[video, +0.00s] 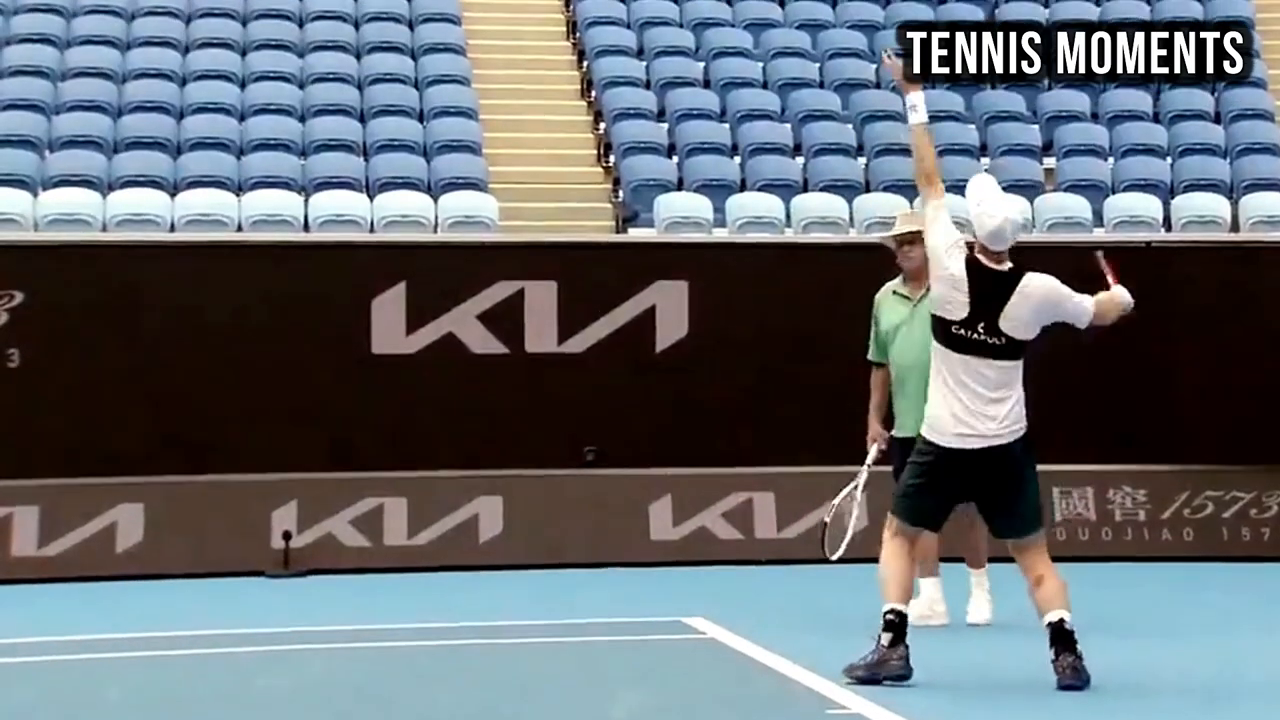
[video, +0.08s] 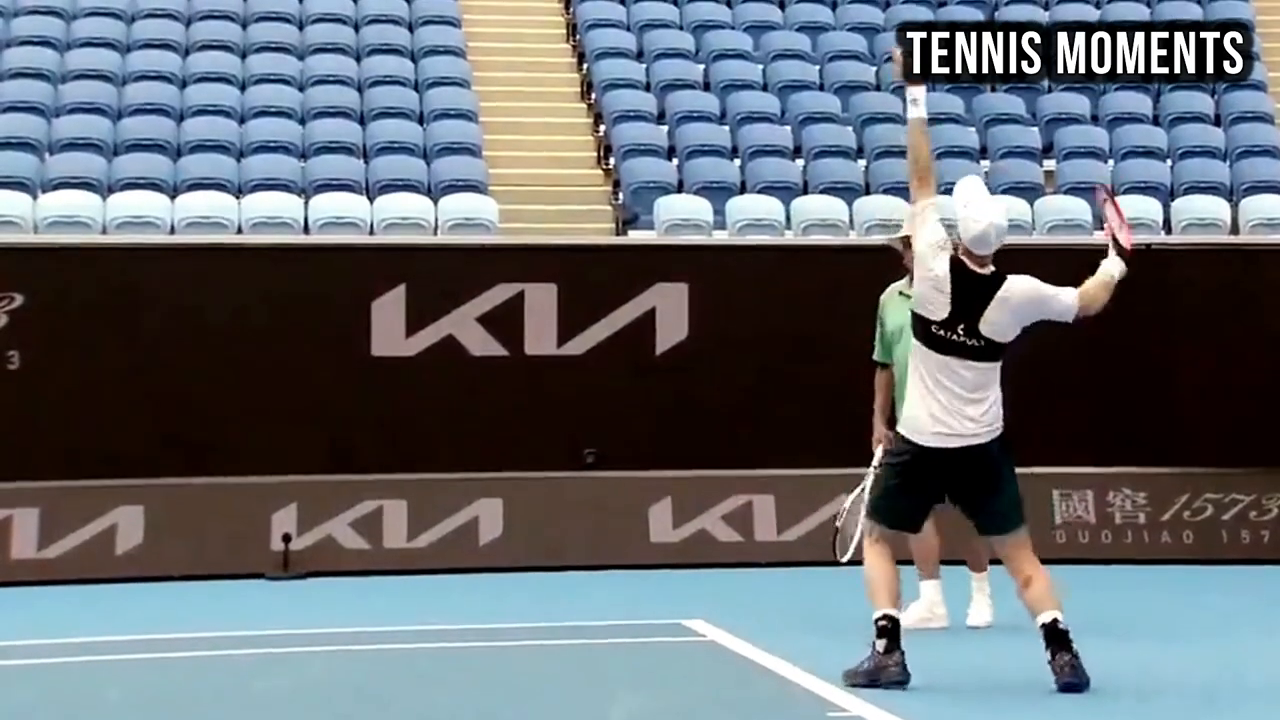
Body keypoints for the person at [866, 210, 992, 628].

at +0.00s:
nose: (906, 250)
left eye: (913, 242)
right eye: (900, 244)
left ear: (932, 246)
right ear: (893, 250)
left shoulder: (955, 292)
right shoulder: (885, 299)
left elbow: (976, 353)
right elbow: (880, 366)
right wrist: (875, 421)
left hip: (957, 426)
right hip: (908, 428)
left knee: (968, 510)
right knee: (918, 516)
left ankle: (980, 589)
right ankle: (930, 593)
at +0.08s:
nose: (915, 253)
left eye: (922, 245)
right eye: (909, 245)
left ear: (944, 249)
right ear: (901, 251)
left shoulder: (961, 294)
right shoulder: (892, 298)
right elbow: (884, 366)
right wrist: (880, 420)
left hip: (962, 421)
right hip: (912, 422)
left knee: (970, 509)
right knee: (918, 511)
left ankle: (981, 594)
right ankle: (930, 598)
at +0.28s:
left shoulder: (986, 299)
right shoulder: (912, 293)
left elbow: (1005, 360)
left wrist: (998, 415)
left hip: (972, 429)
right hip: (920, 429)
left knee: (978, 513)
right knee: (926, 521)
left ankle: (980, 599)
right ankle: (930, 598)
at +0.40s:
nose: (946, 250)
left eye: (955, 243)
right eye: (943, 242)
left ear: (973, 250)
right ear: (934, 249)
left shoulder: (994, 291)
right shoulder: (921, 290)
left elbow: (1013, 359)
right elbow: (905, 358)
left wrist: (1007, 416)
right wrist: (900, 415)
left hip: (981, 426)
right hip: (928, 423)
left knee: (984, 510)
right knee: (932, 508)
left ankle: (983, 594)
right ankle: (931, 599)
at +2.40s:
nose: (913, 225)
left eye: (921, 218)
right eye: (912, 219)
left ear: (945, 223)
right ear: (916, 227)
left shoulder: (977, 267)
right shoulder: (906, 274)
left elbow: (995, 330)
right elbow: (898, 342)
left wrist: (992, 382)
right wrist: (893, 395)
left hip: (965, 396)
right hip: (917, 397)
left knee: (972, 481)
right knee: (928, 484)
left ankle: (983, 568)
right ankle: (939, 571)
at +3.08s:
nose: (961, 194)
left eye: (969, 187)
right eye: (958, 188)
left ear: (991, 193)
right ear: (954, 194)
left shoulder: (1020, 239)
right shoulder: (944, 240)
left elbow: (1039, 305)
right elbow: (935, 305)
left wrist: (1036, 361)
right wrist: (931, 356)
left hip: (1006, 368)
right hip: (957, 367)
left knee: (1006, 454)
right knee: (962, 457)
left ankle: (1007, 541)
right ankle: (961, 542)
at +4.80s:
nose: (1005, 215)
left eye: (1012, 205)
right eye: (998, 206)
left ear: (1028, 209)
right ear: (988, 212)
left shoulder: (1050, 252)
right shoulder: (977, 251)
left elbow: (1073, 319)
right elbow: (961, 314)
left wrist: (1075, 377)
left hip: (1038, 382)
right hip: (991, 381)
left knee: (1028, 473)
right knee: (997, 474)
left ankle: (1022, 557)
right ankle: (999, 557)